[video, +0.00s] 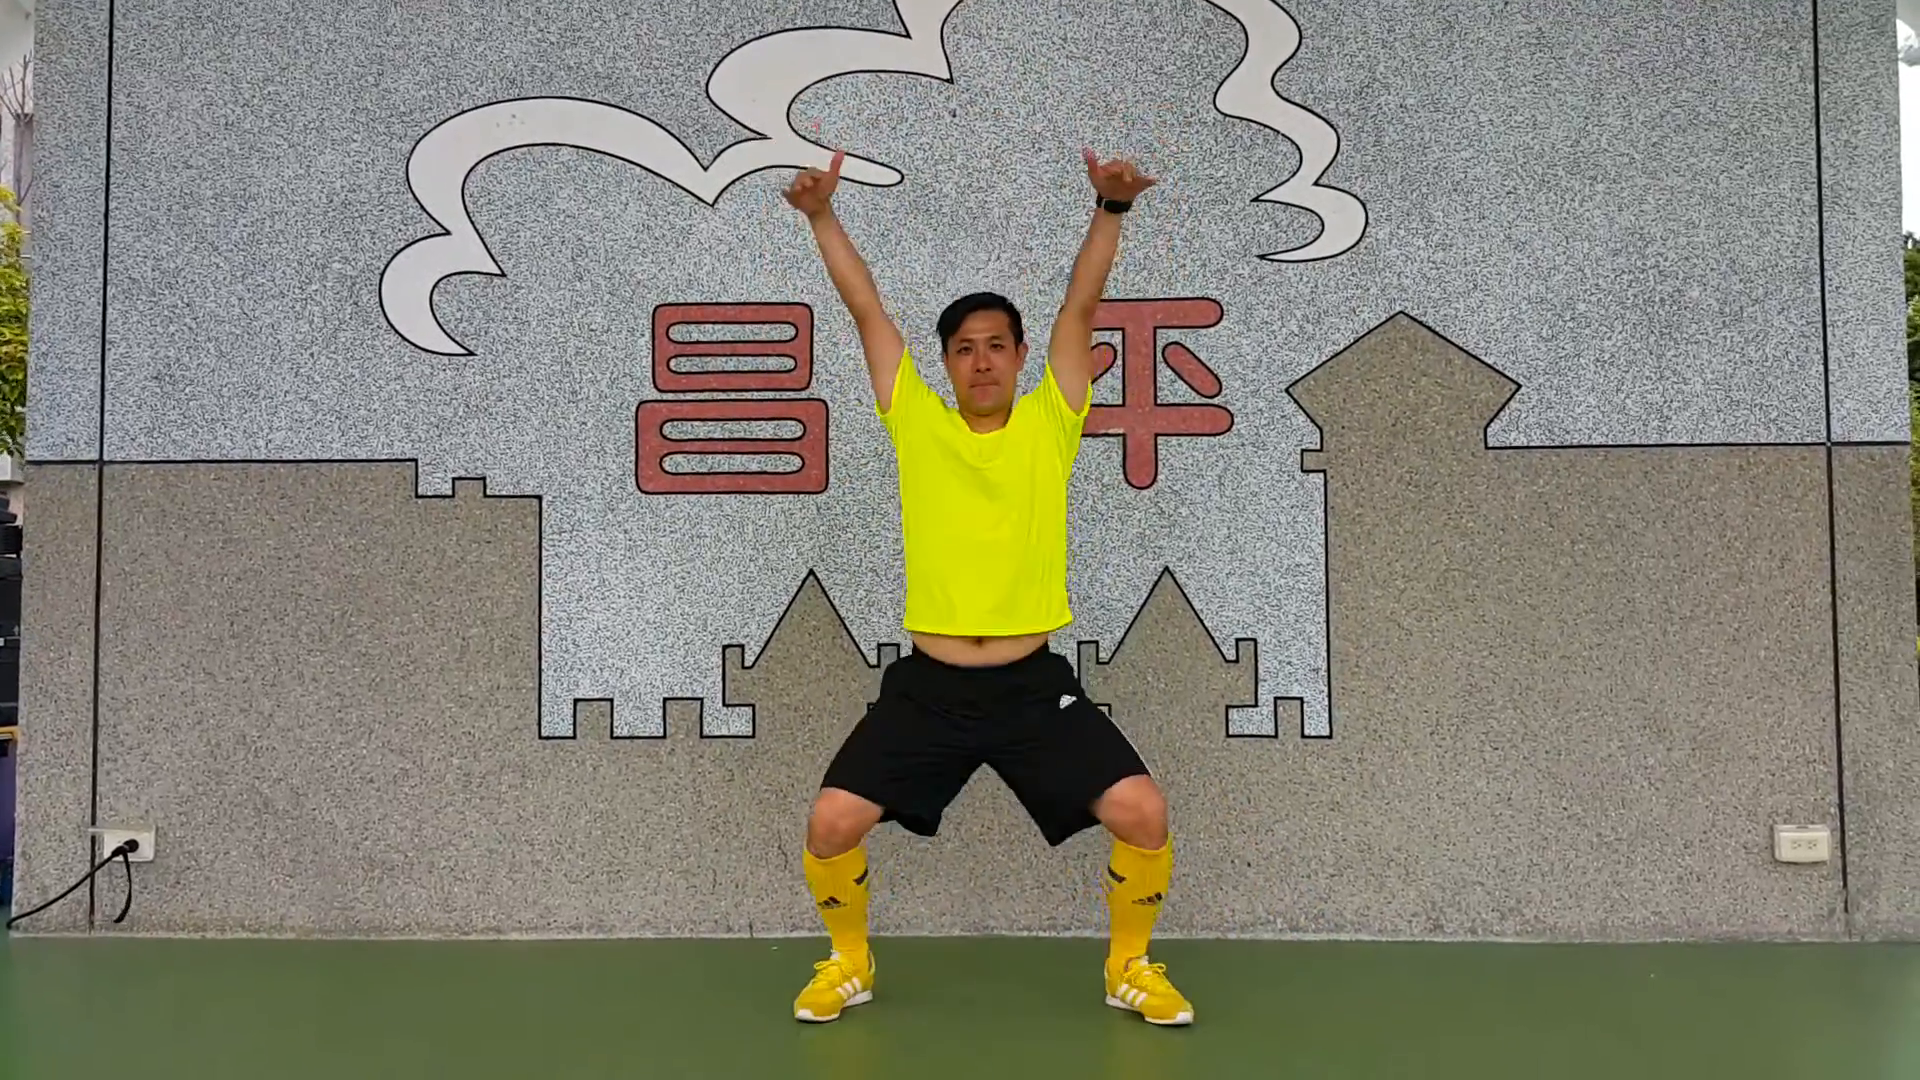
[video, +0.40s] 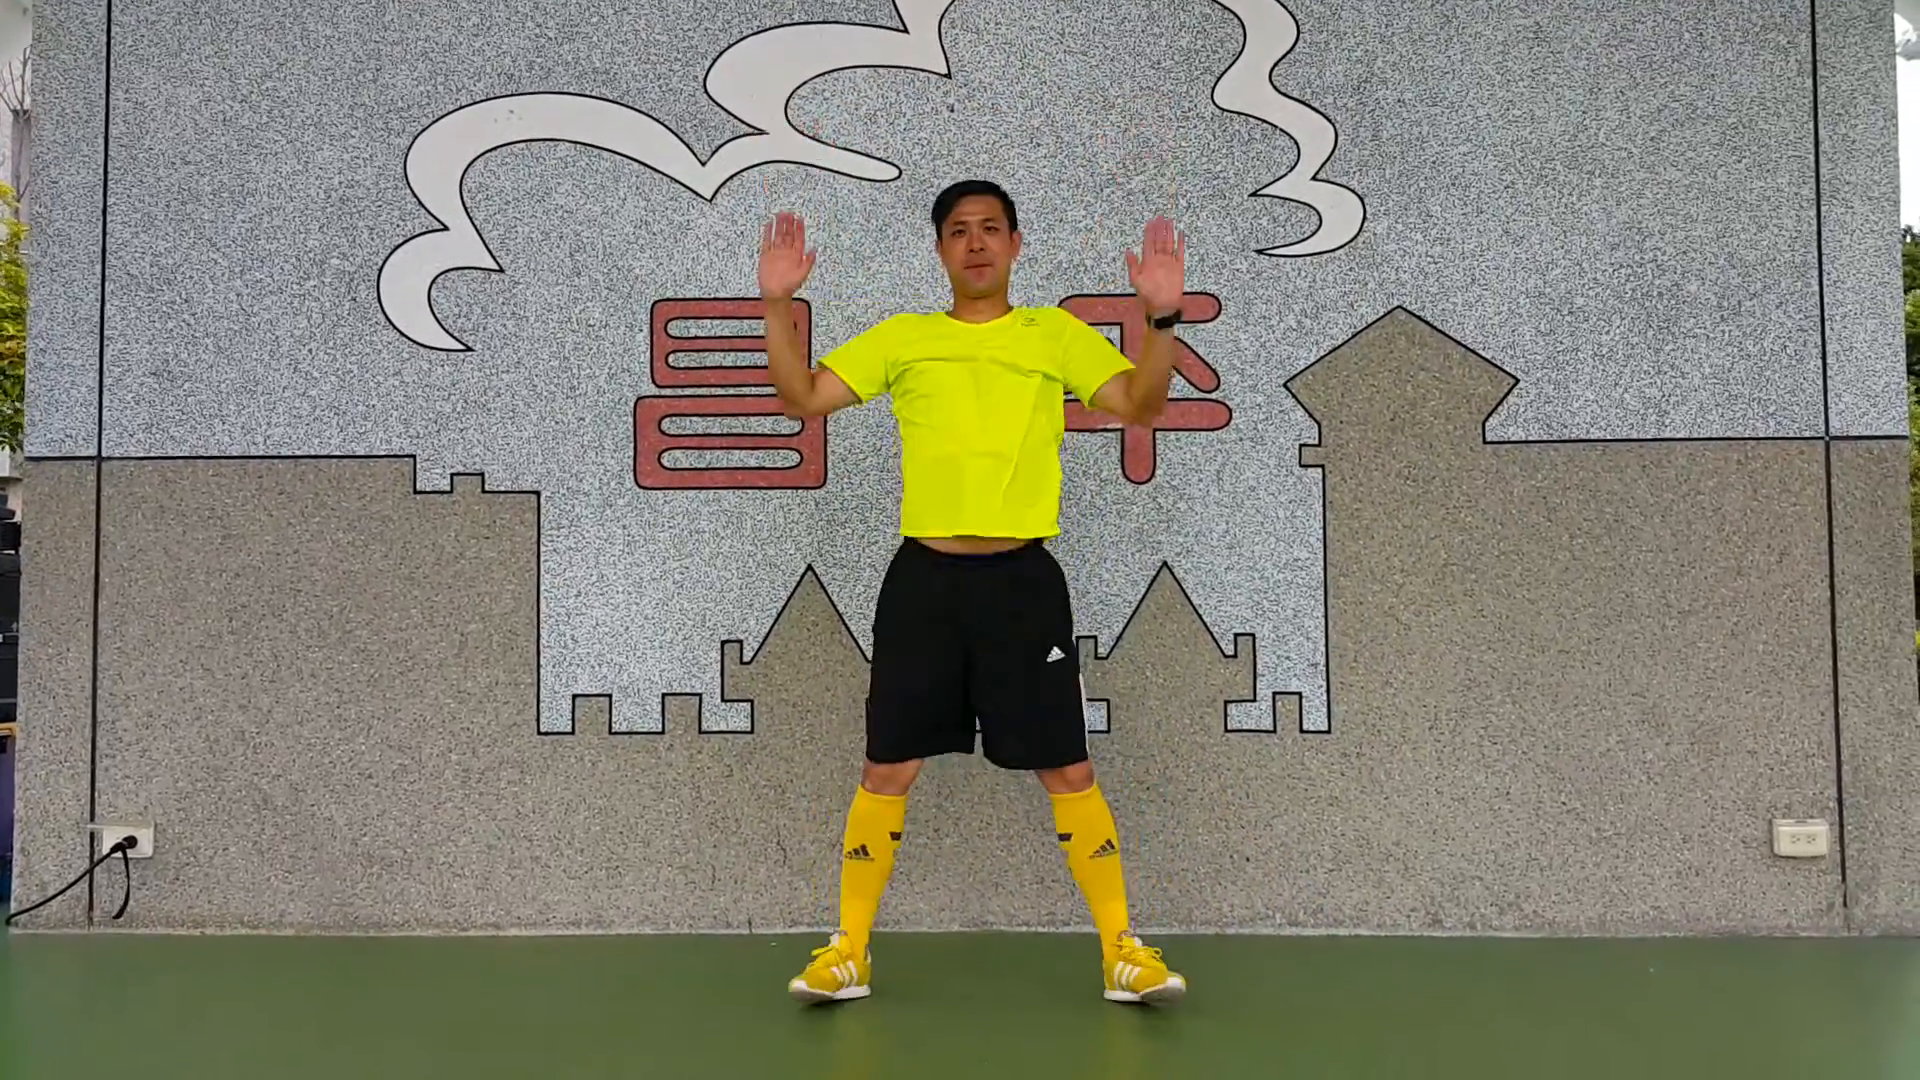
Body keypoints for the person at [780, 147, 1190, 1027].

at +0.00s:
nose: (981, 358)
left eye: (995, 346)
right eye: (966, 348)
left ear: (1022, 360)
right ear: (946, 365)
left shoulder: (1051, 429)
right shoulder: (917, 427)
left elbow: (1081, 311)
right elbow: (867, 315)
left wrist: (1110, 209)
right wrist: (821, 215)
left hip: (1036, 687)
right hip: (927, 689)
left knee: (1142, 812)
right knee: (830, 822)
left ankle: (1129, 968)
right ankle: (850, 964)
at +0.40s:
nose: (975, 241)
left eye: (991, 229)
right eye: (960, 231)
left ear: (1015, 247)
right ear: (939, 252)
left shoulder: (1053, 333)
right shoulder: (904, 338)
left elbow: (1137, 403)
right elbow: (803, 395)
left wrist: (1160, 314)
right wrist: (780, 298)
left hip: (1024, 579)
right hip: (921, 580)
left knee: (1068, 765)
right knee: (887, 764)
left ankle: (1122, 949)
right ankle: (848, 951)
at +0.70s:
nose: (975, 258)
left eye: (991, 244)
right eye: (959, 246)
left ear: (1014, 258)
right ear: (939, 262)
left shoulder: (1060, 333)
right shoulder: (900, 342)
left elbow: (1152, 275)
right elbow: (797, 291)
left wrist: (1159, 170)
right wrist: (784, 181)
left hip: (1031, 589)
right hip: (929, 592)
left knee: (1092, 776)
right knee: (870, 774)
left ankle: (1123, 957)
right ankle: (848, 954)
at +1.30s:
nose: (1011, 226)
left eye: (1020, 212)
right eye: (992, 213)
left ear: (1031, 224)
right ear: (955, 225)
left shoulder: (1056, 321)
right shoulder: (914, 296)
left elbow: (1141, 397)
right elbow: (809, 343)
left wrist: (1170, 314)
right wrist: (839, 251)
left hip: (1019, 558)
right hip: (924, 554)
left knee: (1064, 750)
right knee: (880, 752)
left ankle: (1063, 943)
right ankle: (842, 936)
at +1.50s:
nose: (1045, 247)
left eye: (1043, 232)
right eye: (1030, 231)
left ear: (1019, 242)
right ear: (982, 237)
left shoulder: (1048, 353)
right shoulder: (934, 316)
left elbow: (1125, 409)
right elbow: (898, 391)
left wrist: (1175, 340)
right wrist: (970, 302)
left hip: (1008, 579)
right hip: (920, 561)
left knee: (1045, 756)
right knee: (864, 756)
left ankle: (1059, 941)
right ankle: (780, 915)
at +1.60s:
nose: (1034, 250)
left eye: (1032, 235)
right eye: (1021, 236)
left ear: (1019, 246)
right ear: (976, 240)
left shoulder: (1031, 328)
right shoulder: (931, 316)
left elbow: (1119, 310)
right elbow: (936, 268)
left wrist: (1157, 224)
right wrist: (997, 172)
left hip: (977, 572)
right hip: (899, 558)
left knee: (1023, 752)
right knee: (831, 747)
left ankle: (1059, 939)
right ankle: (704, 892)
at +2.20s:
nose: (1012, 197)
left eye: (1010, 184)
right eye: (994, 185)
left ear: (1000, 201)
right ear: (948, 204)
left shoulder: (1039, 294)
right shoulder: (901, 283)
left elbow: (1148, 313)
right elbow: (808, 298)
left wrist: (1136, 222)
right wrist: (854, 186)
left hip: (1002, 539)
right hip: (906, 531)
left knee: (1044, 730)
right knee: (848, 721)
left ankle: (1059, 916)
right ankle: (798, 899)